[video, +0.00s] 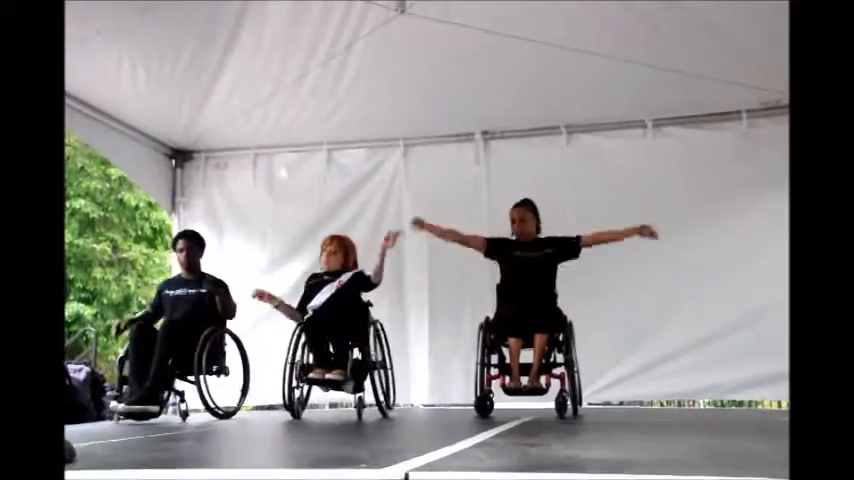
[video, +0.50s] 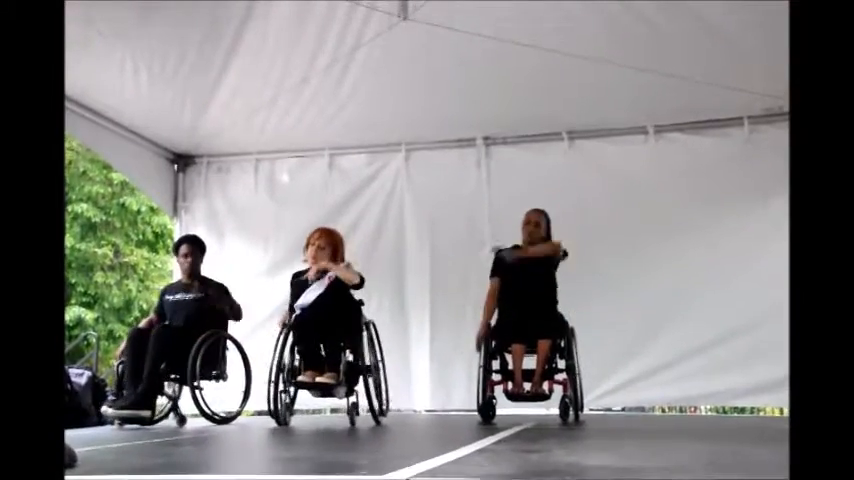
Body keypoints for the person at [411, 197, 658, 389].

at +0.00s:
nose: (515, 226)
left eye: (520, 221)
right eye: (513, 221)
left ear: (535, 222)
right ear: (510, 223)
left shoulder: (554, 245)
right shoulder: (502, 246)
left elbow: (594, 239)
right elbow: (463, 239)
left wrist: (633, 232)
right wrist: (431, 229)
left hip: (542, 309)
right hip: (511, 309)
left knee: (544, 313)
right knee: (514, 315)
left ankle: (535, 375)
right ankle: (514, 375)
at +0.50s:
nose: (531, 228)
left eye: (538, 224)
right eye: (527, 223)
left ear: (546, 229)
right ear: (522, 227)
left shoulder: (552, 251)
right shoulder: (505, 255)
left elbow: (553, 249)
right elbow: (493, 291)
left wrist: (520, 252)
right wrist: (485, 324)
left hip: (542, 311)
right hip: (514, 311)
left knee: (547, 326)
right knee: (517, 328)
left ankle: (537, 382)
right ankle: (517, 382)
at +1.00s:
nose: (532, 229)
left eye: (537, 225)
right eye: (528, 225)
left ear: (547, 231)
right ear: (523, 230)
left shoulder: (556, 263)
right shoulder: (508, 259)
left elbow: (596, 283)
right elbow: (495, 296)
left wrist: (631, 272)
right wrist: (487, 329)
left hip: (546, 318)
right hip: (516, 317)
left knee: (549, 327)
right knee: (519, 327)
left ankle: (537, 386)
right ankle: (518, 385)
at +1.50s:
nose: (538, 231)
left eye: (544, 226)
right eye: (535, 227)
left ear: (556, 231)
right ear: (532, 232)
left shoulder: (565, 260)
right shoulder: (524, 259)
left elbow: (567, 294)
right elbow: (518, 292)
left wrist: (556, 262)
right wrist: (514, 313)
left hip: (554, 314)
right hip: (528, 313)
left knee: (532, 323)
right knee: (509, 319)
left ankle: (523, 381)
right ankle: (504, 381)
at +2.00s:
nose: (548, 242)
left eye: (553, 236)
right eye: (546, 237)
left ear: (568, 239)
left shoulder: (572, 266)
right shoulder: (566, 265)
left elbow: (558, 301)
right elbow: (562, 300)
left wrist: (545, 283)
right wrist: (550, 285)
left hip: (562, 333)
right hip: (558, 329)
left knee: (499, 326)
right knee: (500, 325)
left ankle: (497, 382)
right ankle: (498, 381)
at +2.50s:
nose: (599, 241)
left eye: (598, 237)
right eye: (597, 237)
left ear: (575, 242)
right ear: (594, 239)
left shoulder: (561, 266)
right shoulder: (610, 263)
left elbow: (545, 305)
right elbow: (624, 301)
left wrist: (563, 295)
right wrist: (619, 330)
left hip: (569, 338)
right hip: (599, 336)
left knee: (551, 326)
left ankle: (555, 380)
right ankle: (579, 383)